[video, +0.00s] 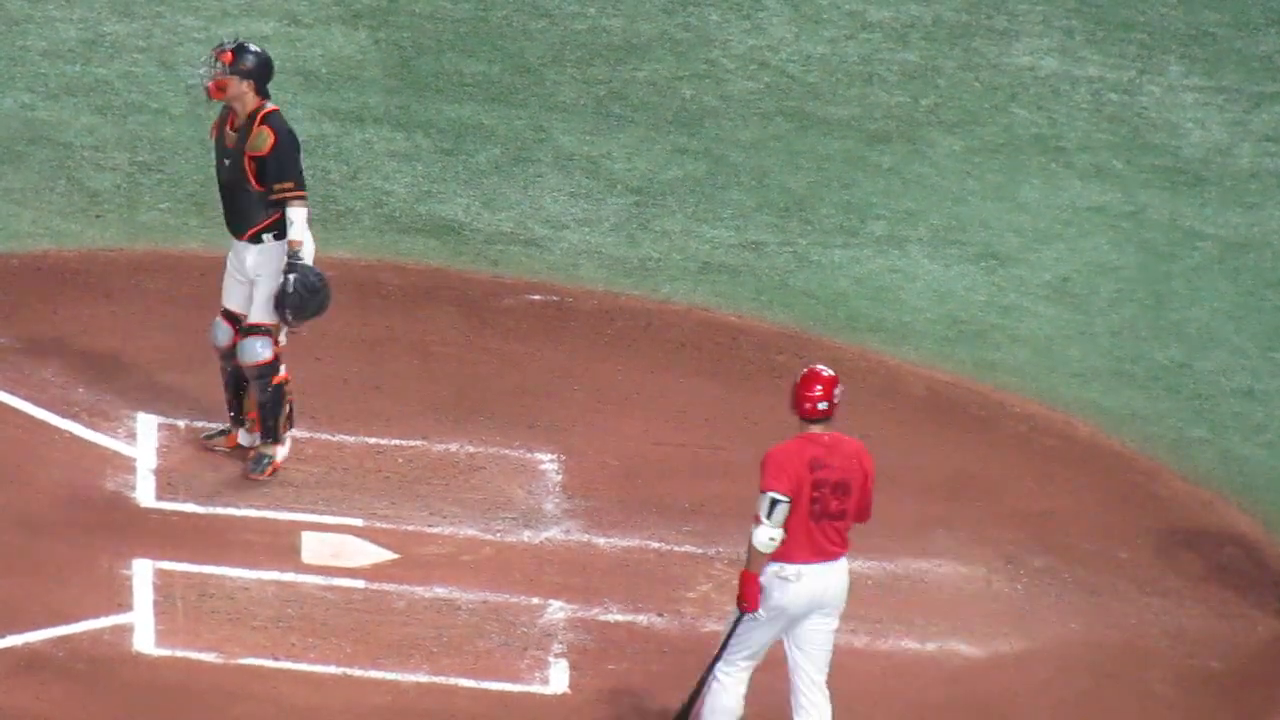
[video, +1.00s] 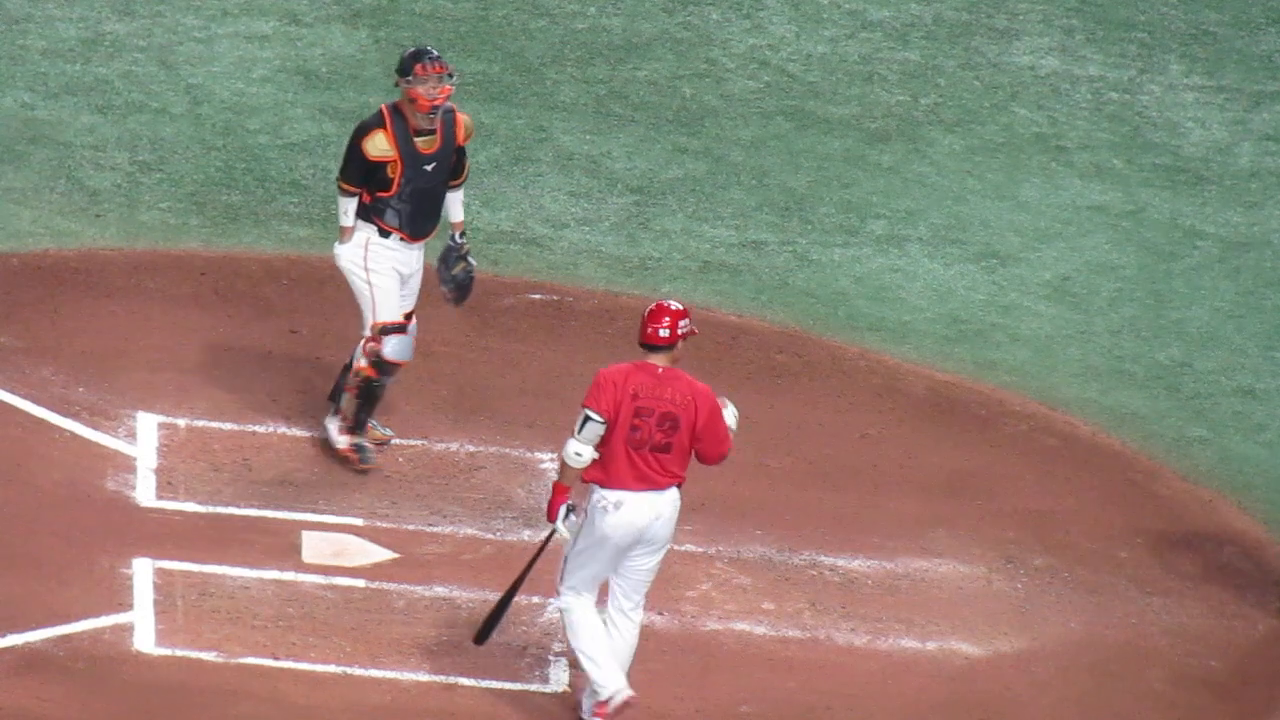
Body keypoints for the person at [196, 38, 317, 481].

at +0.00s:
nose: (219, 80)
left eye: (227, 75)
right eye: (220, 73)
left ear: (249, 82)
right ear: (233, 79)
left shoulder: (275, 130)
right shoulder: (223, 123)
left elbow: (295, 200)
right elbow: (238, 185)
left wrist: (297, 260)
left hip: (274, 248)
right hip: (242, 246)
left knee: (258, 345)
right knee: (228, 337)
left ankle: (274, 440)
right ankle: (242, 427)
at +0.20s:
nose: (235, 75)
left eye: (245, 70)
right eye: (236, 68)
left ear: (268, 79)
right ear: (247, 75)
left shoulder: (297, 129)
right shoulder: (230, 117)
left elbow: (322, 195)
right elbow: (247, 173)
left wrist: (324, 253)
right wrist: (255, 221)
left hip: (291, 246)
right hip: (248, 242)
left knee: (295, 338)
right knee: (236, 333)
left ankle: (314, 411)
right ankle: (247, 423)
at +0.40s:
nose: (265, 76)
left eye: (277, 71)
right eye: (266, 68)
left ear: (301, 81)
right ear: (271, 73)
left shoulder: (336, 130)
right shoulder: (248, 120)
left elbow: (360, 190)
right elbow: (245, 171)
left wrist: (367, 247)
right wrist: (281, 196)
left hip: (321, 246)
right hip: (265, 244)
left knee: (351, 333)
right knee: (244, 331)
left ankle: (338, 404)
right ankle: (247, 423)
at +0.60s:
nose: (333, 88)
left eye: (342, 80)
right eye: (326, 79)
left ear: (356, 85)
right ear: (314, 82)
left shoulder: (383, 129)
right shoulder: (291, 133)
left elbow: (402, 189)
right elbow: (280, 192)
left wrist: (407, 246)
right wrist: (287, 231)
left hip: (362, 250)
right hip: (307, 250)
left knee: (373, 334)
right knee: (268, 332)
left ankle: (346, 415)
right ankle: (251, 423)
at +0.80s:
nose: (391, 89)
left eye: (399, 80)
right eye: (382, 81)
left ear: (409, 83)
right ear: (365, 84)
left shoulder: (426, 125)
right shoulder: (339, 134)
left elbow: (431, 185)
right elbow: (319, 191)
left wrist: (433, 237)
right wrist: (322, 237)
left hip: (398, 249)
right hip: (351, 248)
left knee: (389, 336)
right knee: (322, 340)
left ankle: (345, 417)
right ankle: (275, 420)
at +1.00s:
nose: (435, 90)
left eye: (441, 82)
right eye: (424, 82)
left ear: (448, 84)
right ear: (405, 86)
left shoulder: (456, 128)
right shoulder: (377, 132)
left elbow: (454, 186)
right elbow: (349, 189)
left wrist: (458, 237)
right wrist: (346, 236)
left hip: (413, 249)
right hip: (372, 244)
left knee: (395, 340)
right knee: (389, 342)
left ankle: (356, 414)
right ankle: (343, 424)